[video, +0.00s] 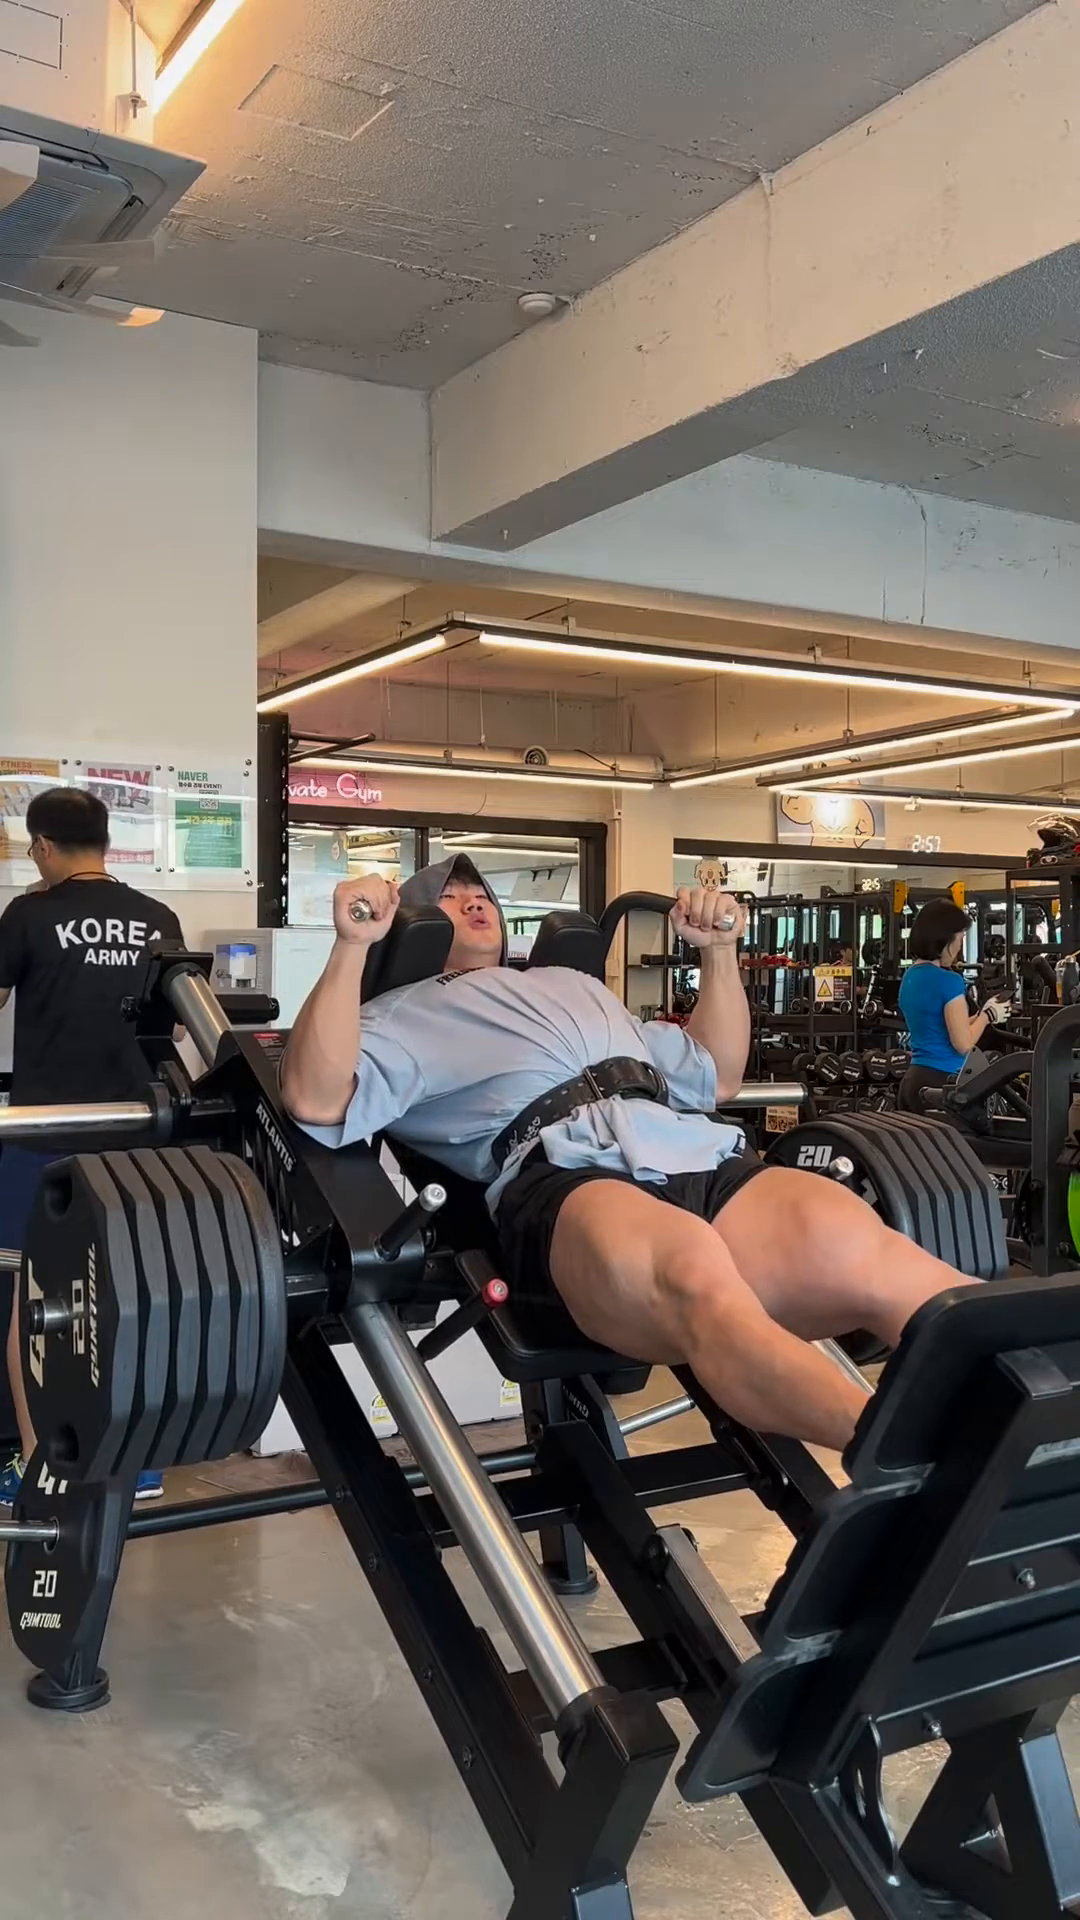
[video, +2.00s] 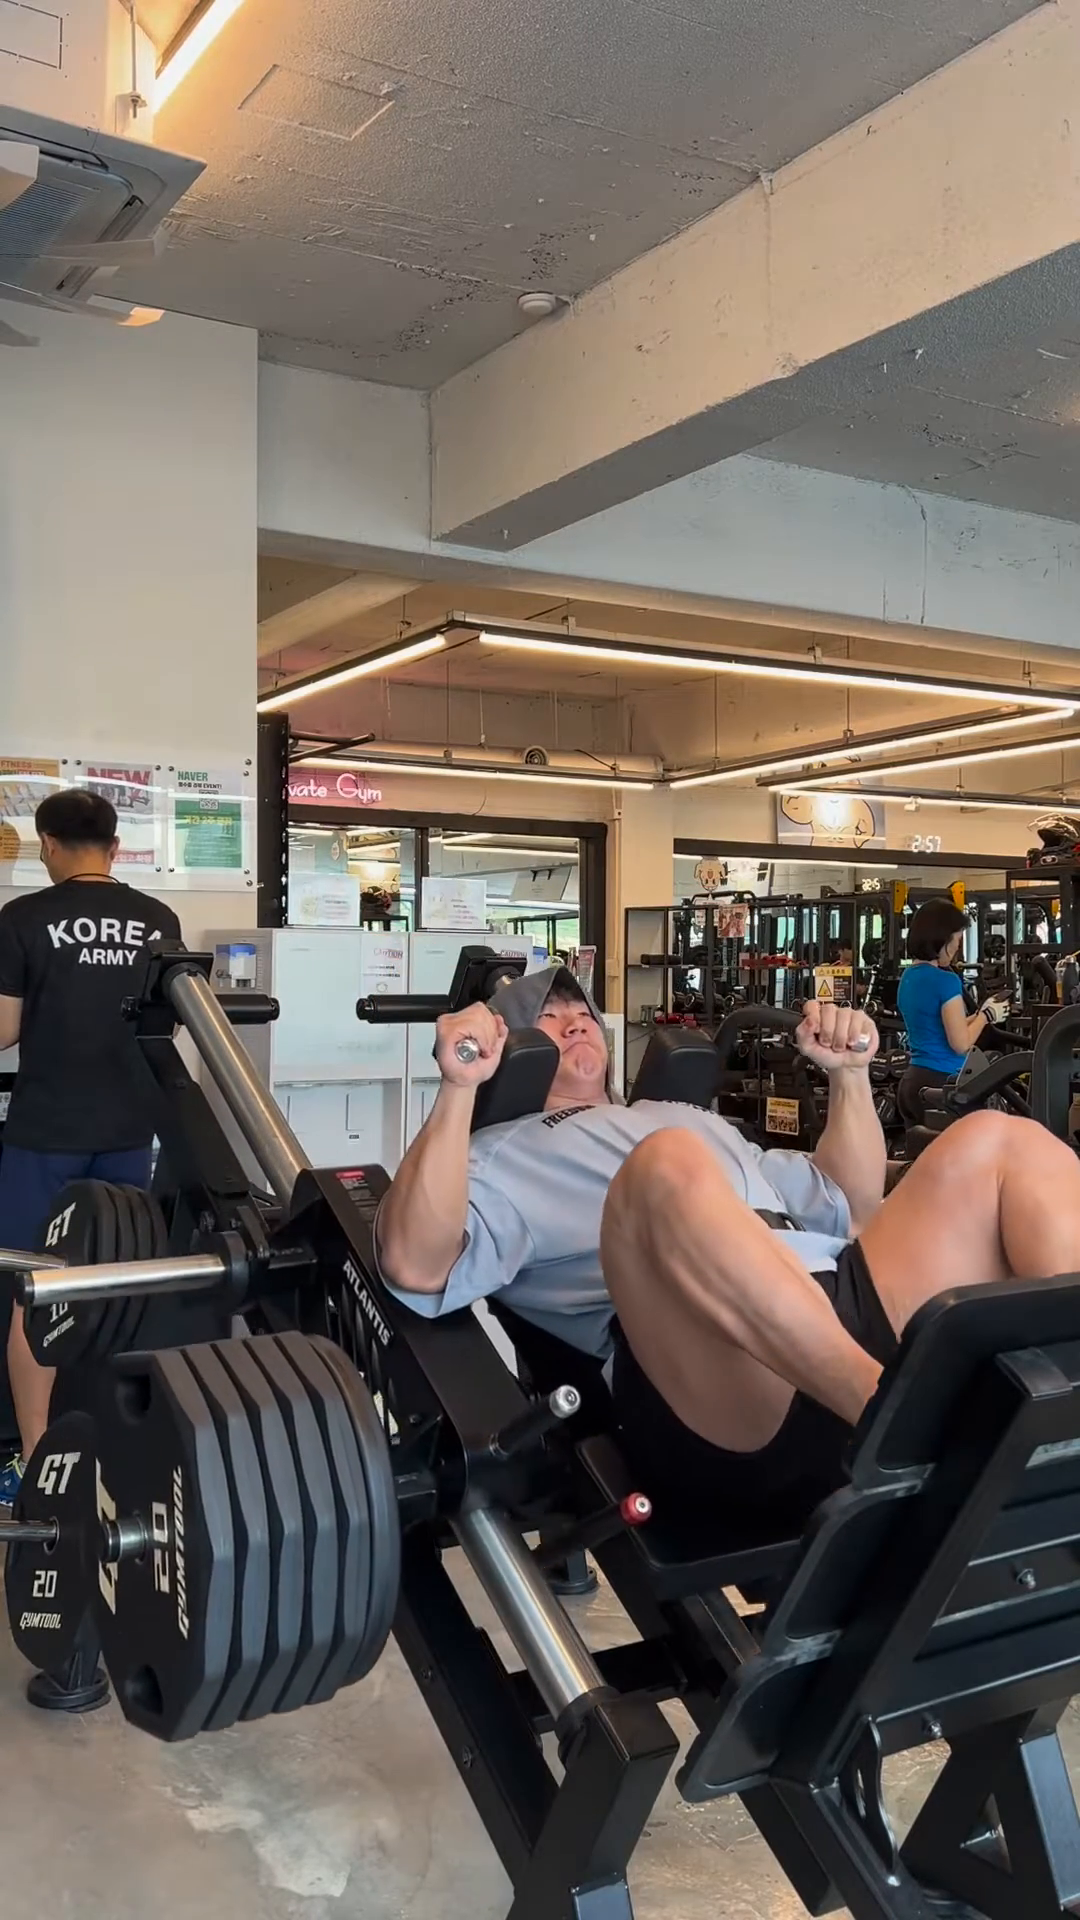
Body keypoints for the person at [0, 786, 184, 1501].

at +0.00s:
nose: (30, 860)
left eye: (31, 849)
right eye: (31, 849)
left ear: (43, 846)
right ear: (106, 846)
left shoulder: (29, 915)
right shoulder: (159, 917)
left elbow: (4, 984)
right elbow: (176, 1019)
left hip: (40, 1131)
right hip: (135, 1135)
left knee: (26, 1296)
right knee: (132, 1293)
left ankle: (35, 1454)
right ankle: (139, 1461)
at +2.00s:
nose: (49, 858)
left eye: (45, 848)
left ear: (48, 847)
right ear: (115, 848)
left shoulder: (25, 917)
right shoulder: (160, 917)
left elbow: (5, 1029)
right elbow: (175, 1020)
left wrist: (55, 1014)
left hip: (47, 1128)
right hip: (136, 1128)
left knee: (27, 1295)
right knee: (124, 1290)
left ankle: (41, 1462)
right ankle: (126, 1453)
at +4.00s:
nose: (45, 859)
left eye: (43, 848)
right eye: (47, 849)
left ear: (49, 846)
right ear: (115, 847)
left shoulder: (29, 920)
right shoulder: (163, 918)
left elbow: (7, 1031)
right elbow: (171, 1019)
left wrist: (62, 1014)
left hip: (50, 1132)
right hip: (138, 1133)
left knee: (26, 1299)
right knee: (131, 1292)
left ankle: (40, 1463)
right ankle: (136, 1455)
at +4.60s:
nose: (48, 857)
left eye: (46, 847)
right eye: (52, 847)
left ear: (51, 846)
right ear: (117, 846)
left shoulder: (30, 919)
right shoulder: (163, 919)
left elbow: (7, 1033)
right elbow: (174, 1024)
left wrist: (60, 1018)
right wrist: (110, 1020)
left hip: (50, 1131)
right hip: (137, 1131)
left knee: (32, 1296)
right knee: (125, 1294)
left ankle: (38, 1459)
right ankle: (125, 1450)